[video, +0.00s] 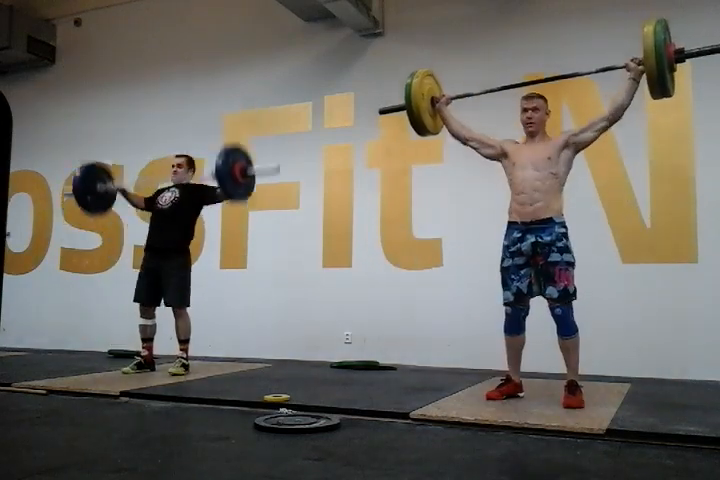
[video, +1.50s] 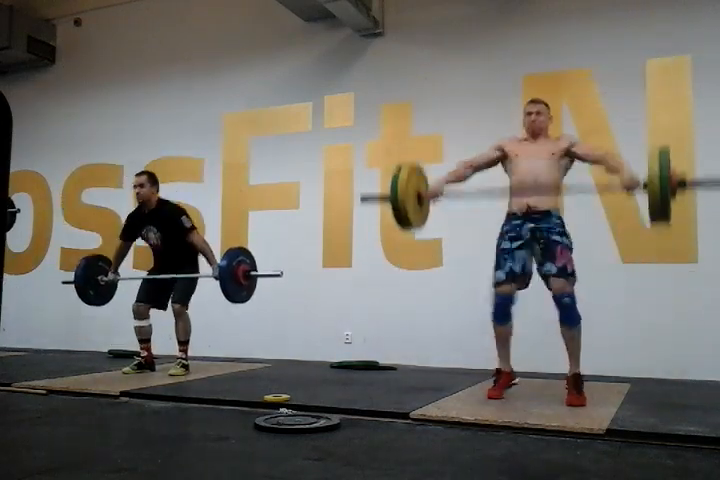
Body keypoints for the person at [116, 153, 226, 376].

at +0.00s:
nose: (174, 169)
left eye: (179, 166)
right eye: (173, 166)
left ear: (191, 171)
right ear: (172, 170)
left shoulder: (197, 191)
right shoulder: (161, 192)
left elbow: (226, 194)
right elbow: (143, 204)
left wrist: (237, 174)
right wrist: (122, 191)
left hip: (177, 259)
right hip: (152, 257)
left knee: (179, 308)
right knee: (146, 307)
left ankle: (183, 359)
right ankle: (146, 358)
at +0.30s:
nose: (144, 195)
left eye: (148, 190)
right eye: (142, 190)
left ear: (160, 191)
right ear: (140, 193)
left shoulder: (182, 215)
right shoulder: (141, 219)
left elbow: (207, 239)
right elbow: (129, 244)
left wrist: (221, 265)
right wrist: (119, 268)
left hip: (185, 274)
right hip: (161, 274)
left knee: (174, 310)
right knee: (135, 311)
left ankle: (182, 360)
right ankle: (146, 359)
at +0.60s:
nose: (131, 222)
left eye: (135, 218)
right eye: (129, 218)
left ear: (149, 218)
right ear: (127, 219)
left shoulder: (166, 235)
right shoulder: (130, 241)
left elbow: (204, 248)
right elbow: (121, 259)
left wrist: (224, 272)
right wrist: (118, 276)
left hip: (188, 278)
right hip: (163, 280)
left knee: (177, 309)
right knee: (134, 310)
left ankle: (182, 360)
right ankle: (146, 359)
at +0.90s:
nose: (152, 177)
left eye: (155, 172)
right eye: (149, 173)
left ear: (168, 171)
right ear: (148, 175)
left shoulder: (186, 196)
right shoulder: (147, 200)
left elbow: (206, 222)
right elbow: (130, 227)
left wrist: (217, 247)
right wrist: (115, 251)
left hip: (182, 261)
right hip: (156, 261)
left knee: (178, 307)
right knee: (145, 307)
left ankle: (183, 359)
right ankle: (146, 358)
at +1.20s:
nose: (159, 176)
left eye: (163, 171)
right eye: (156, 172)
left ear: (175, 171)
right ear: (155, 173)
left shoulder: (189, 196)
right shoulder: (151, 198)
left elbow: (203, 220)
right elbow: (132, 224)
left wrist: (214, 243)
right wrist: (114, 247)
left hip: (179, 261)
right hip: (154, 260)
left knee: (179, 308)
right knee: (145, 306)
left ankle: (182, 359)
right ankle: (146, 358)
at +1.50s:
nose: (136, 191)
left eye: (141, 186)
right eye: (135, 187)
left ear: (154, 188)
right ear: (135, 190)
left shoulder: (174, 211)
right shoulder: (135, 218)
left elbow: (195, 237)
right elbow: (124, 244)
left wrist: (214, 264)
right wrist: (114, 269)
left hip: (186, 266)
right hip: (161, 267)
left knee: (178, 307)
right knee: (140, 309)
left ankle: (183, 360)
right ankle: (146, 358)